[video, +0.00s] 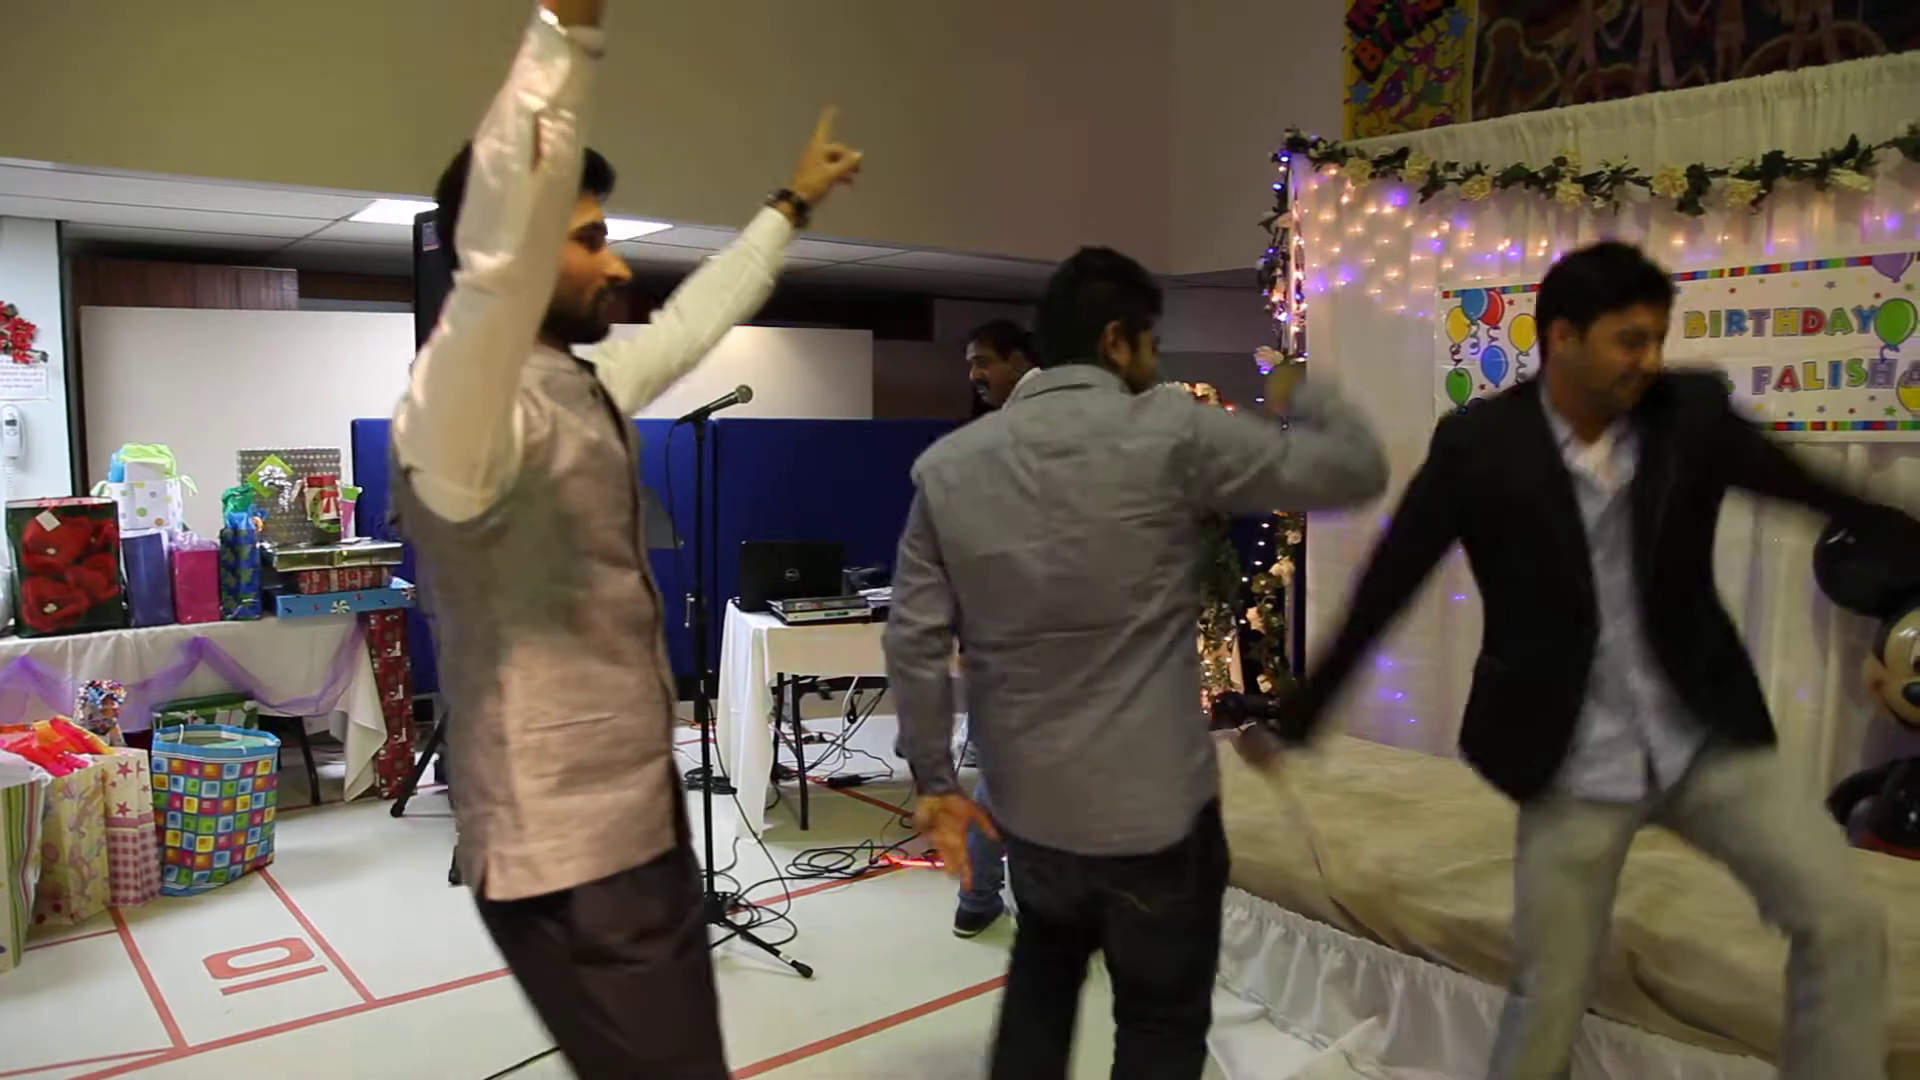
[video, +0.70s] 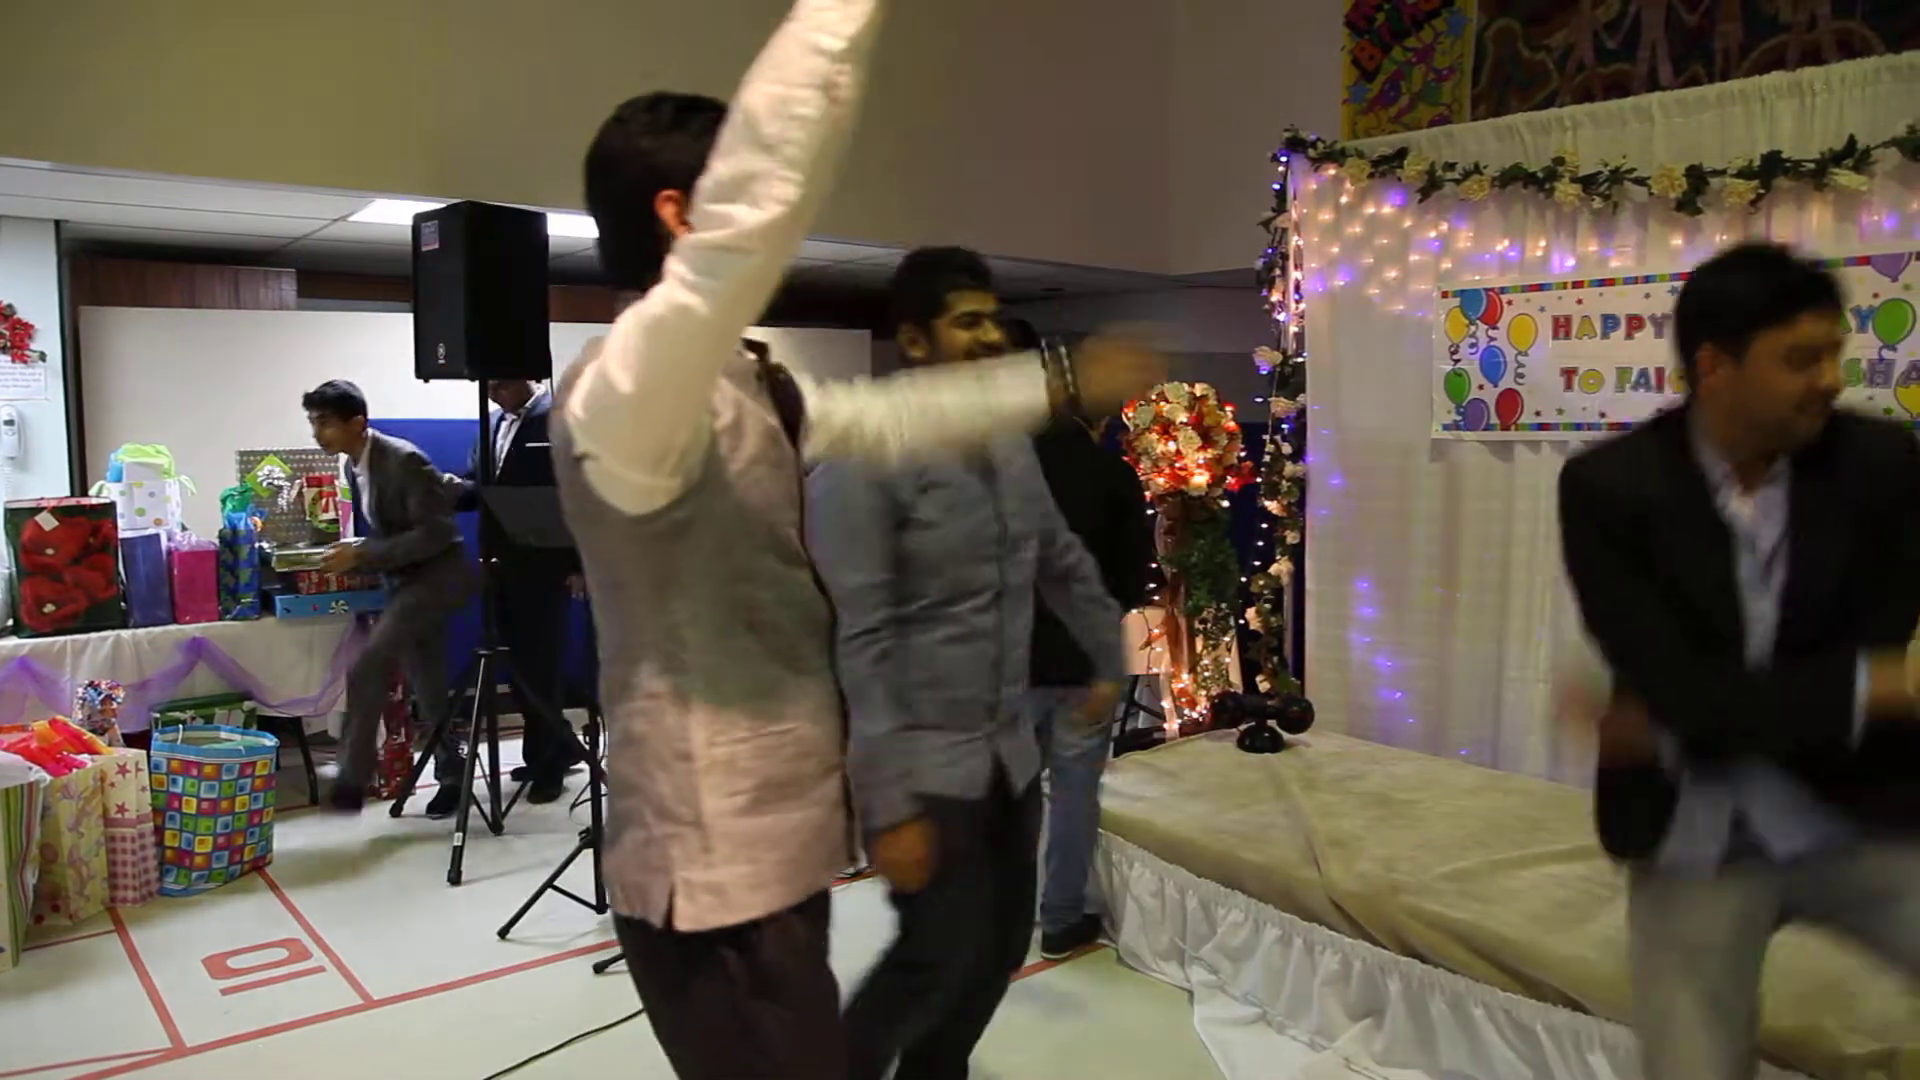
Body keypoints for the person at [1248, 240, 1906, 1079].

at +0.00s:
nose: (1650, 362)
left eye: (1658, 341)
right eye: (1630, 341)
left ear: (1666, 338)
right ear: (1560, 339)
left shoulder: (1690, 415)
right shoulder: (1480, 442)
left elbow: (1804, 484)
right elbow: (1387, 584)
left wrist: (1893, 524)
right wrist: (1300, 710)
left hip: (1704, 737)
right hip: (1572, 761)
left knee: (1843, 918)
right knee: (1549, 1000)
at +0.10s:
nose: (1685, 339)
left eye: (1687, 318)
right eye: (1661, 322)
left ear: (1693, 317)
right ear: (1585, 332)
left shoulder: (1728, 390)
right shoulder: (1501, 431)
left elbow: (1882, 390)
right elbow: (1351, 524)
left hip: (1708, 727)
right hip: (1574, 752)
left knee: (1856, 871)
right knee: (1559, 1017)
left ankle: (1888, 1066)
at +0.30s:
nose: (1751, 344)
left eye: (1754, 324)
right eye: (1730, 326)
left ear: (1759, 326)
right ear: (1649, 330)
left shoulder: (1787, 396)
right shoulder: (1537, 429)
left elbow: (1912, 368)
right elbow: (1390, 535)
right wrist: (1265, 663)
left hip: (1757, 747)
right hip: (1606, 766)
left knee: (1896, 948)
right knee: (1588, 1024)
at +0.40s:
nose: (1766, 320)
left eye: (1768, 296)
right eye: (1743, 298)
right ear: (1661, 302)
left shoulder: (1804, 372)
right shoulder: (1547, 412)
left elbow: (1916, 403)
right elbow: (1428, 570)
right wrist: (1340, 740)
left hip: (1792, 743)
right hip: (1633, 761)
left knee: (1890, 1006)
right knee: (1613, 1040)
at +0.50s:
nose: (1773, 348)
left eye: (1776, 322)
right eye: (1746, 327)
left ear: (1784, 319)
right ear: (1663, 338)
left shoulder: (1830, 417)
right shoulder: (1565, 459)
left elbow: (1906, 559)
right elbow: (1510, 645)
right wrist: (1501, 828)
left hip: (1806, 790)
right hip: (1647, 800)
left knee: (1856, 1057)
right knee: (1644, 1058)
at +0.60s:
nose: (1789, 400)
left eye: (1793, 375)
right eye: (1759, 380)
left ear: (1799, 372)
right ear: (1674, 393)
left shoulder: (1848, 488)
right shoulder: (1583, 518)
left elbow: (1890, 674)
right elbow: (1613, 723)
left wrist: (1877, 817)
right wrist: (1769, 835)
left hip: (1836, 852)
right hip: (1673, 860)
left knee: (1908, 1054)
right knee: (1670, 1068)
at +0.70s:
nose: (1831, 382)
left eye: (1835, 357)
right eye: (1803, 362)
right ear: (1713, 366)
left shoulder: (1881, 461)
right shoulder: (1608, 484)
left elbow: (1876, 679)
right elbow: (1673, 690)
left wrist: (1674, 725)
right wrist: (1873, 685)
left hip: (1854, 819)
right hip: (1694, 838)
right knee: (1693, 1067)